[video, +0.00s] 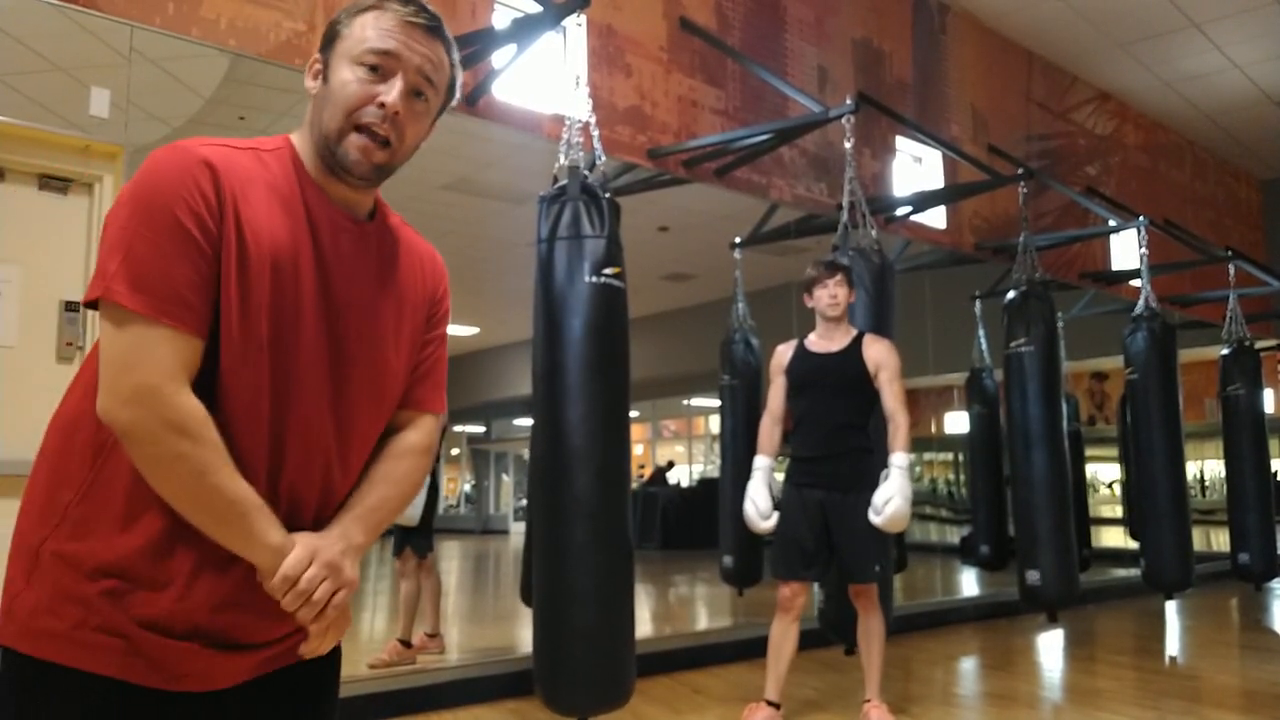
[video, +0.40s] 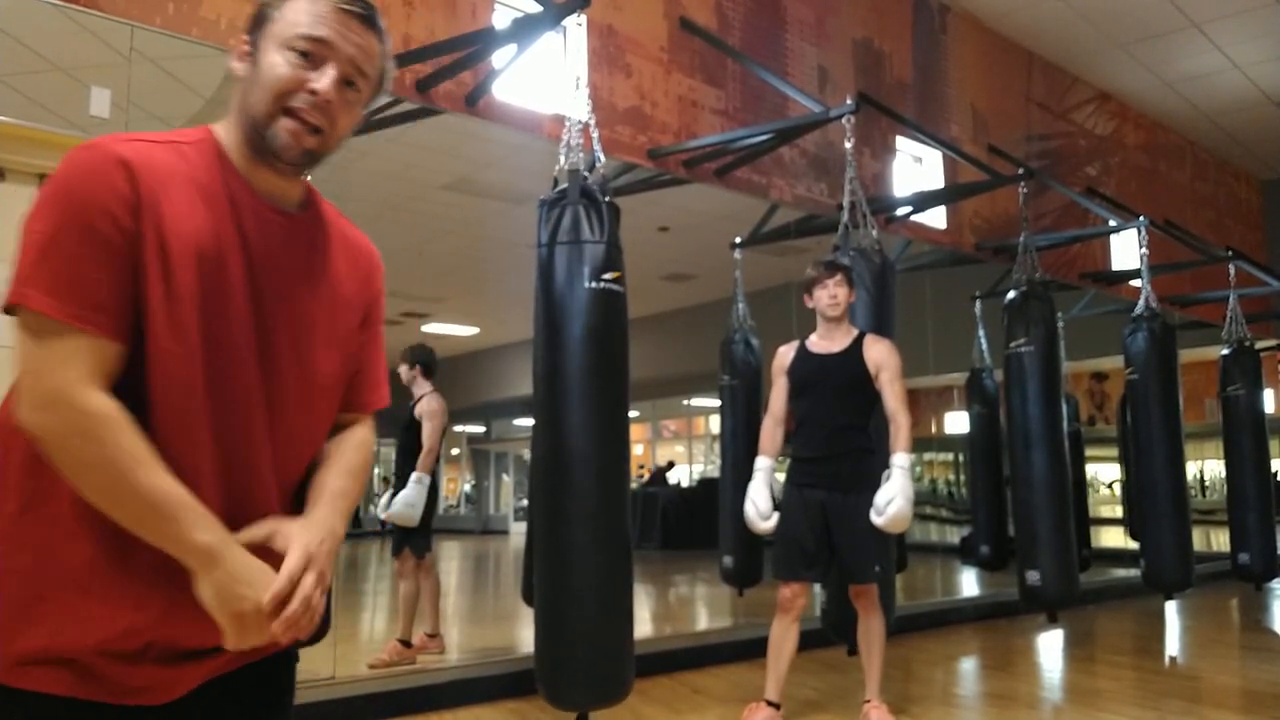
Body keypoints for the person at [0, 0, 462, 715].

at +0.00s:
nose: (394, 101)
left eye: (421, 92)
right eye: (375, 68)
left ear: (429, 125)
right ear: (317, 73)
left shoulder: (421, 273)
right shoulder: (194, 179)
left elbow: (417, 430)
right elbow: (141, 396)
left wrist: (349, 538)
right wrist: (280, 554)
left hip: (284, 654)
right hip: (101, 643)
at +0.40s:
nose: (322, 89)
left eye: (351, 83)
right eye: (305, 54)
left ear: (362, 116)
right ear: (245, 50)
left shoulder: (355, 261)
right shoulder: (115, 178)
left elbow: (353, 423)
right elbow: (55, 393)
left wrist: (324, 525)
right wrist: (211, 554)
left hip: (243, 670)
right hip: (67, 664)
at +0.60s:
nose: (274, 70)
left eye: (299, 64)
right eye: (252, 36)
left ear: (306, 93)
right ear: (184, 34)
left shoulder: (301, 237)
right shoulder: (47, 168)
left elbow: (332, 386)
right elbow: (3, 368)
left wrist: (331, 458)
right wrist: (115, 489)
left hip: (232, 656)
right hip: (53, 661)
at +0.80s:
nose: (225, 47)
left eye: (250, 37)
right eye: (199, 17)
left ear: (259, 67)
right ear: (132, 24)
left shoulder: (280, 214)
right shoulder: (23, 160)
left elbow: (316, 362)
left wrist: (280, 411)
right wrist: (147, 413)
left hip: (239, 645)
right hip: (51, 655)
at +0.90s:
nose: (206, 38)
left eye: (231, 25)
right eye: (179, 11)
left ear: (248, 55)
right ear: (115, 23)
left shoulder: (281, 209)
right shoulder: (20, 165)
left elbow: (317, 365)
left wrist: (271, 394)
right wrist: (170, 398)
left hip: (242, 636)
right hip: (53, 652)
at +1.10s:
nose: (202, 42)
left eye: (227, 28)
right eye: (174, 17)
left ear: (254, 62)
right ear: (124, 39)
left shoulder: (305, 213)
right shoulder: (31, 182)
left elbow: (358, 367)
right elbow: (1, 372)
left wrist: (300, 395)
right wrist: (171, 401)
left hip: (258, 652)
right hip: (61, 659)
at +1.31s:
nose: (231, 57)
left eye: (257, 42)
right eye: (205, 35)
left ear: (290, 74)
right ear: (165, 62)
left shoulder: (348, 227)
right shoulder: (79, 200)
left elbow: (412, 370)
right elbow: (5, 376)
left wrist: (350, 410)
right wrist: (170, 415)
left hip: (294, 648)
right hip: (107, 653)